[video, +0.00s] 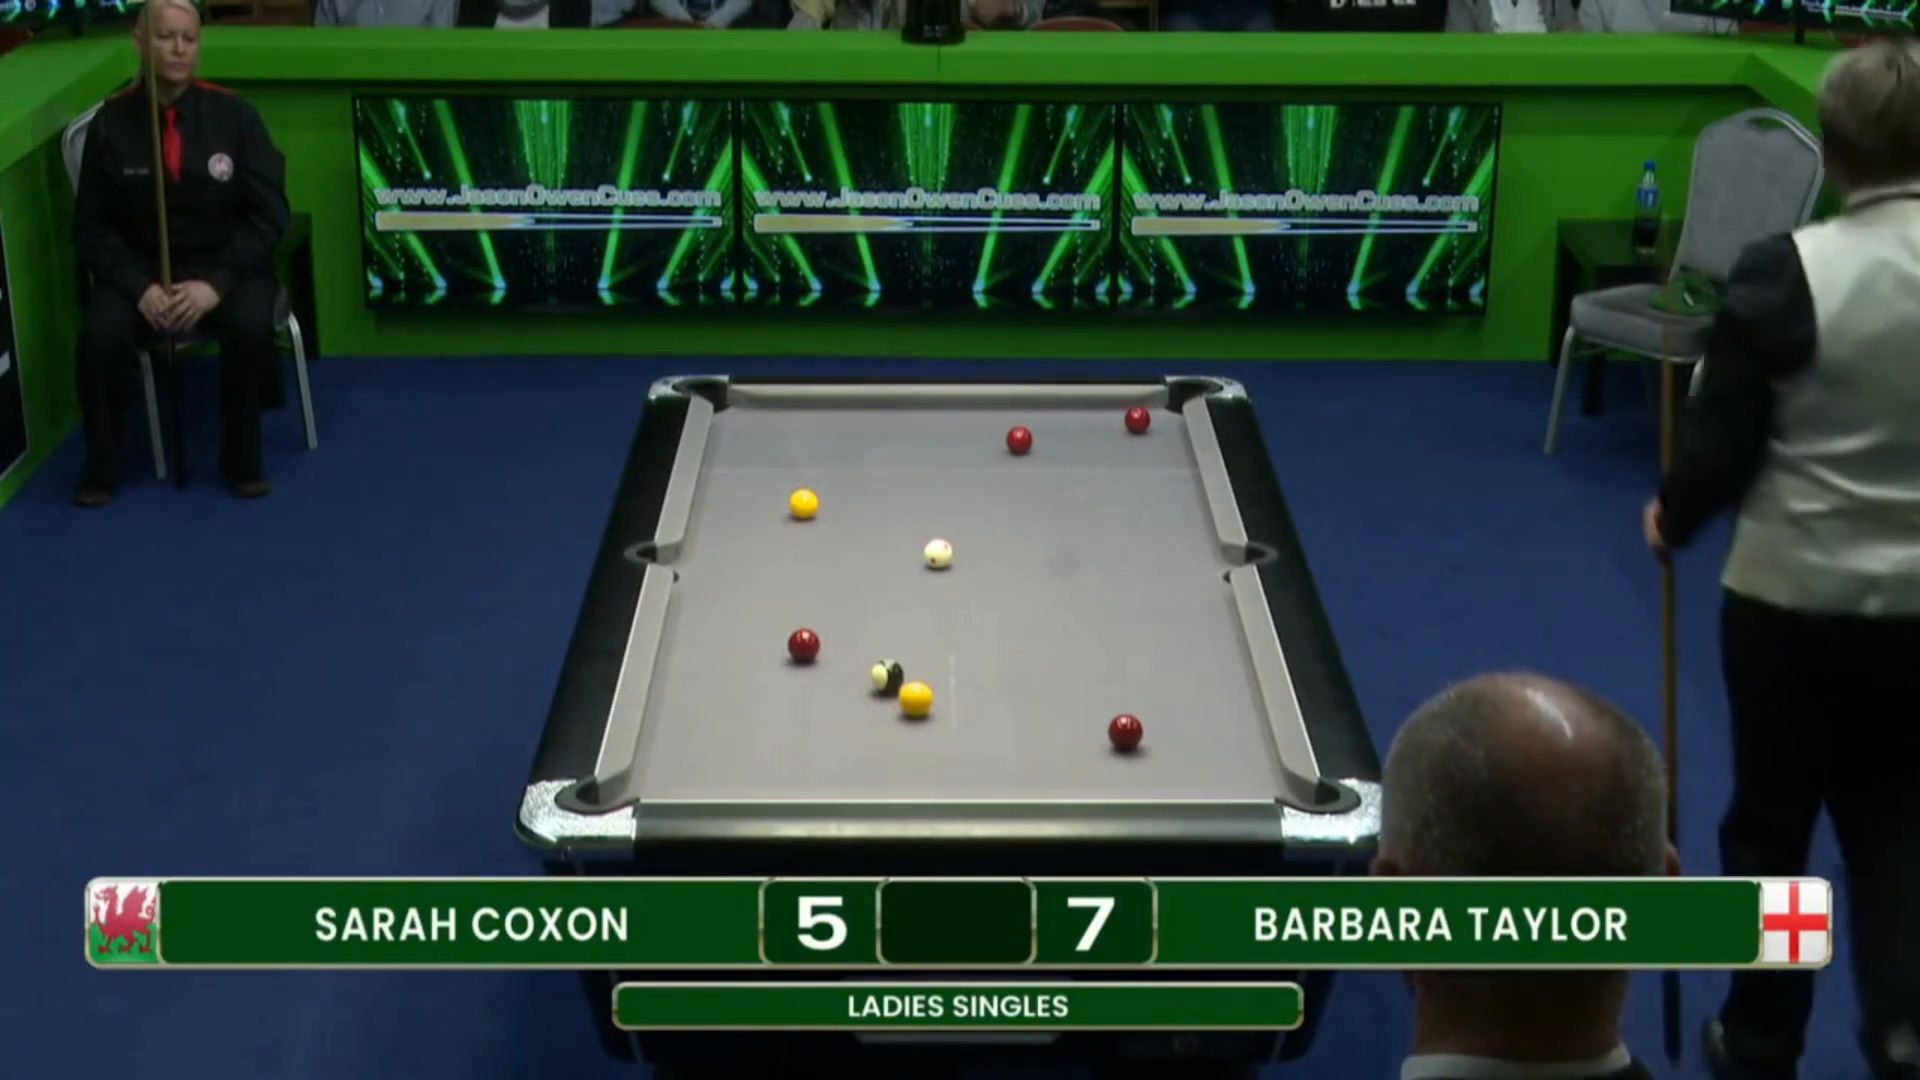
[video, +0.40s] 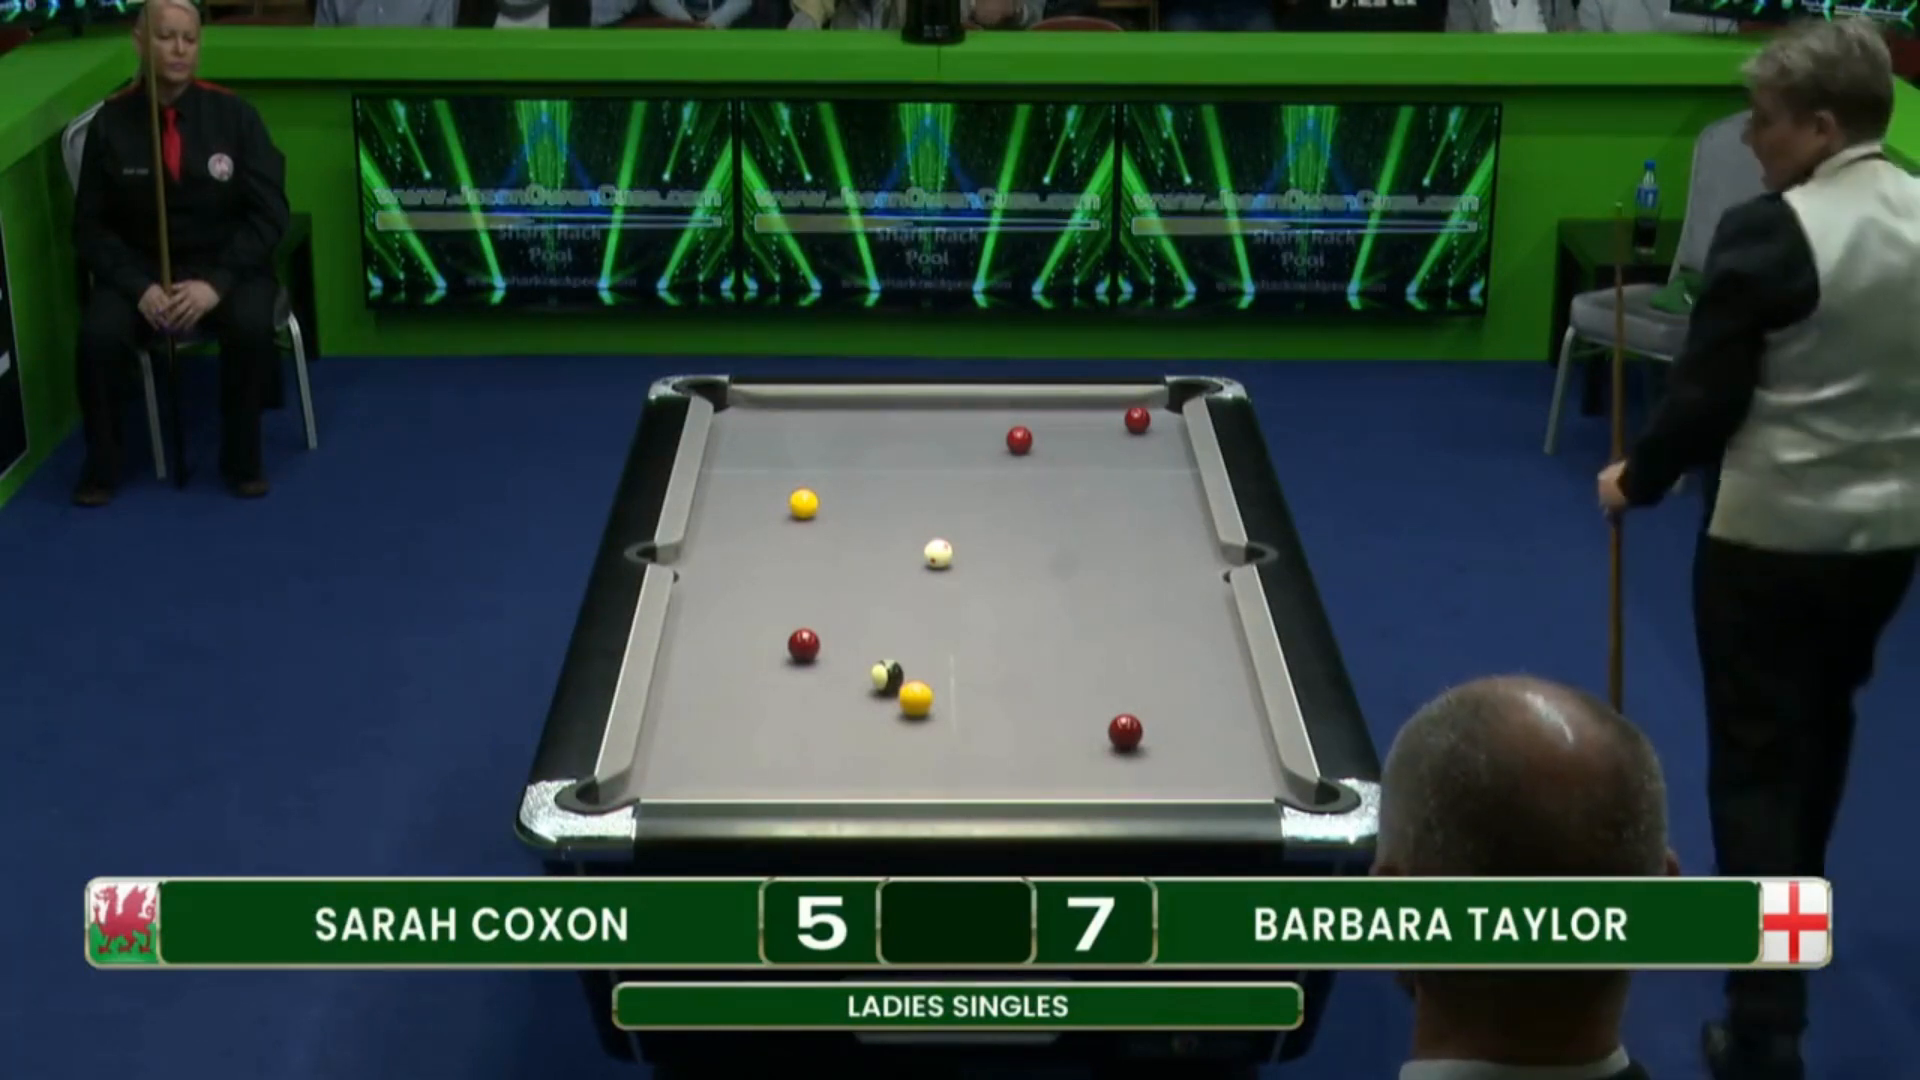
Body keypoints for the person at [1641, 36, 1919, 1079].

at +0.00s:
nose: (1821, 149)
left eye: (1825, 135)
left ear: (1836, 149)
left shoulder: (1792, 269)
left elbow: (1725, 440)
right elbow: (1729, 436)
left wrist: (1674, 513)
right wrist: (1682, 504)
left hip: (1790, 602)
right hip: (1911, 605)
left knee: (1768, 824)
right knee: (1897, 831)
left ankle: (1762, 1037)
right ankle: (1903, 1036)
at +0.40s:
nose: (1752, 135)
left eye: (1763, 117)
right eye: (1753, 115)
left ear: (1821, 123)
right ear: (1858, 120)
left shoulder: (1774, 227)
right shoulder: (1915, 204)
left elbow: (1707, 394)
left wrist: (1637, 473)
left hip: (1776, 540)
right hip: (1889, 537)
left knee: (1754, 757)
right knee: (1822, 722)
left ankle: (1766, 1023)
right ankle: (1794, 930)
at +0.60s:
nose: (1744, 111)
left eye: (1758, 92)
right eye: (1744, 91)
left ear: (1828, 95)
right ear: (1839, 95)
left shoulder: (1780, 206)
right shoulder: (1907, 171)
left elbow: (1726, 373)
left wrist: (1641, 463)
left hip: (1767, 502)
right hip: (1879, 499)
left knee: (1696, 681)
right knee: (1807, 682)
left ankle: (1749, 902)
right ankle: (1794, 898)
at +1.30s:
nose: (1664, 67)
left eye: (1682, 53)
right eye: (1662, 48)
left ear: (1744, 55)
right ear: (1746, 55)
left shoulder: (1722, 163)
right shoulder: (1789, 116)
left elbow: (1695, 321)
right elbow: (1819, 264)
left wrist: (1618, 434)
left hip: (1711, 431)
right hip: (1769, 417)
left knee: (1653, 615)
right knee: (1693, 590)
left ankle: (1668, 829)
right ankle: (1727, 779)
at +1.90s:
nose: (1651, 54)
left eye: (1669, 38)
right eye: (1644, 36)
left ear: (1727, 36)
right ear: (1642, 31)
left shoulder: (1795, 126)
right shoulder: (1671, 118)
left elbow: (1813, 277)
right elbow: (1668, 252)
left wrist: (1769, 397)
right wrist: (1646, 333)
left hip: (1780, 409)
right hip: (1696, 395)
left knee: (1746, 611)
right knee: (1696, 587)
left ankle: (1740, 830)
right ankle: (1705, 757)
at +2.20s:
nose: (1688, 64)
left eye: (1710, 48)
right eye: (1684, 45)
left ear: (1768, 52)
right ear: (1679, 42)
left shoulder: (1837, 147)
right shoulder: (1676, 135)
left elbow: (1867, 298)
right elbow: (1650, 264)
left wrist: (1843, 426)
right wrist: (1634, 349)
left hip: (1793, 434)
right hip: (1695, 421)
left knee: (1776, 628)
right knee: (1701, 604)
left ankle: (1784, 825)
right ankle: (1710, 761)